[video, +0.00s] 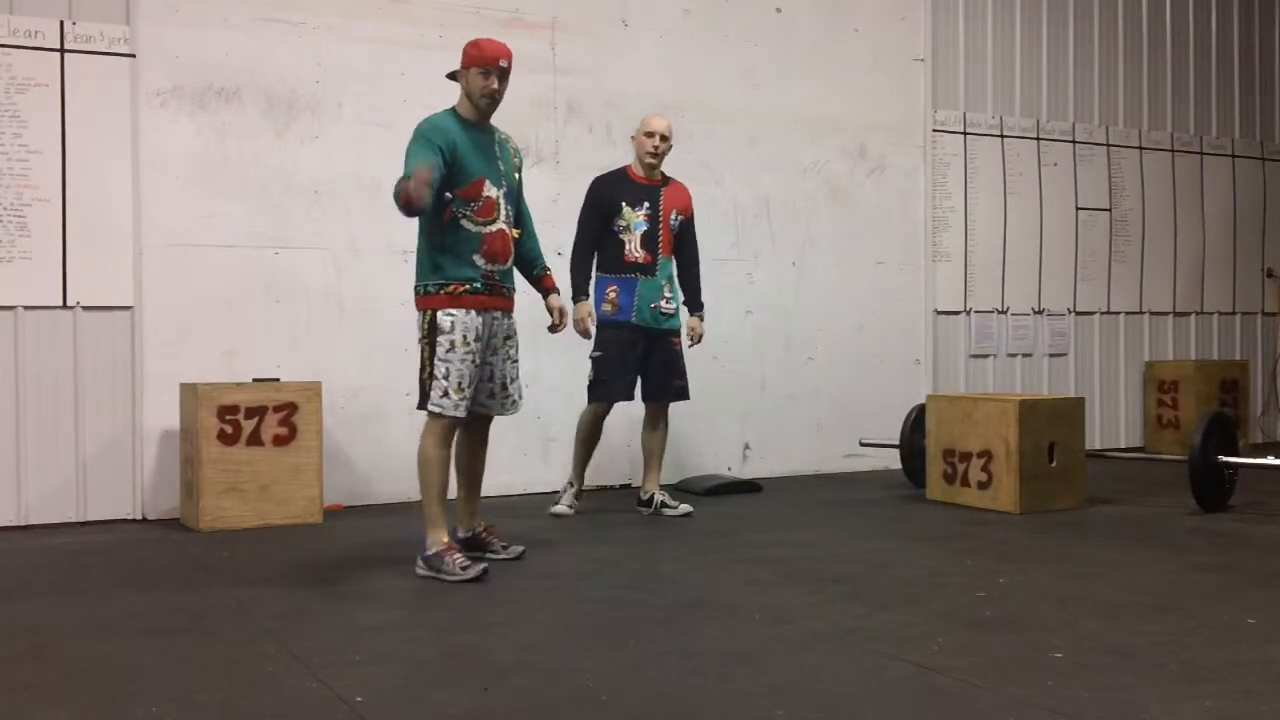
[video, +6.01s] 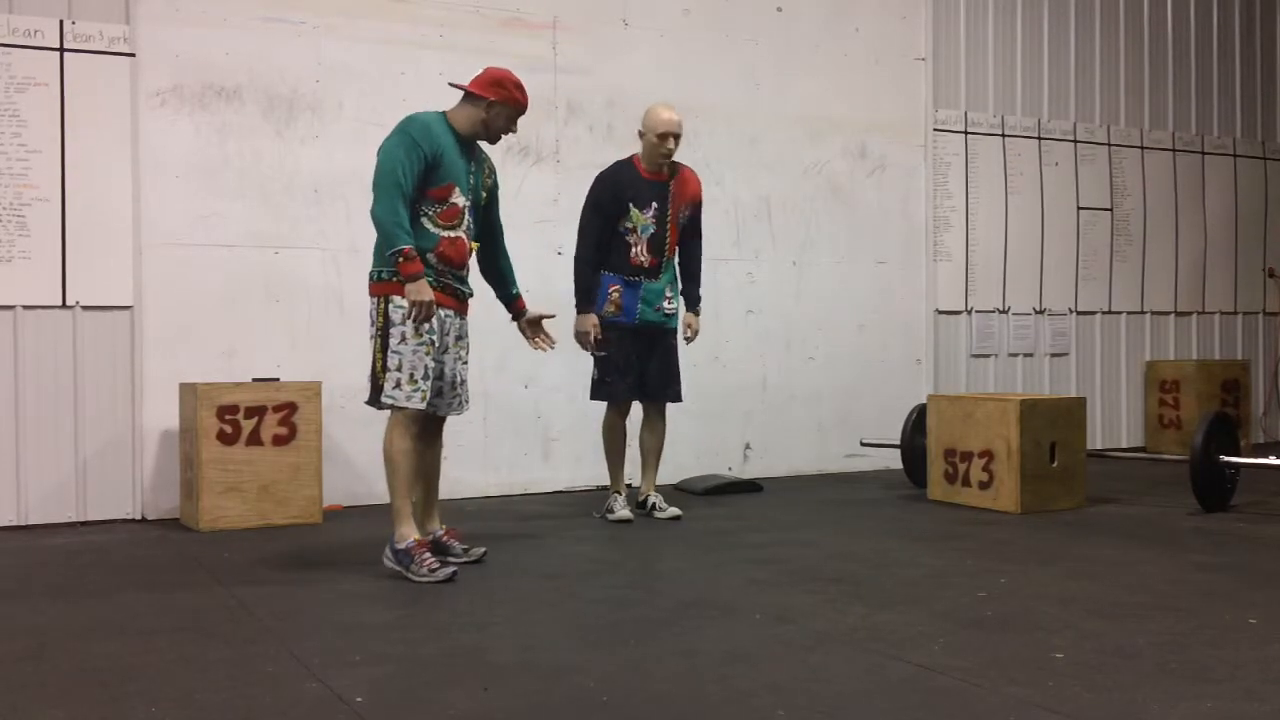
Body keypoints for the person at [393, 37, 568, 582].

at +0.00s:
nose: (491, 83)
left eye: (500, 75)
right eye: (482, 72)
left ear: (507, 83)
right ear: (460, 76)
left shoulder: (506, 148)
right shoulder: (437, 133)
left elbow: (520, 225)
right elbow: (415, 189)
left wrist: (549, 289)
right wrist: (417, 190)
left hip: (497, 300)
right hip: (450, 296)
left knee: (479, 416)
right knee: (443, 416)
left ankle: (470, 529)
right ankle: (436, 545)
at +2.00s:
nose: (503, 101)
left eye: (506, 92)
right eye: (501, 89)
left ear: (479, 83)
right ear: (474, 80)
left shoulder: (480, 144)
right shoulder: (426, 128)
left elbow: (490, 220)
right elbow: (411, 199)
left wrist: (524, 282)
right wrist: (431, 249)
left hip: (476, 300)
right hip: (438, 299)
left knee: (461, 415)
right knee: (437, 416)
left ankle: (451, 532)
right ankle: (433, 547)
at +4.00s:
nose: (469, 102)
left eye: (473, 94)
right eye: (466, 92)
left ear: (449, 84)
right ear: (440, 80)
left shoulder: (447, 130)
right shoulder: (382, 133)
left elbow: (498, 142)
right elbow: (378, 220)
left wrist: (482, 91)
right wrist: (426, 260)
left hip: (450, 297)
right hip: (403, 301)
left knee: (451, 413)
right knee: (400, 419)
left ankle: (430, 531)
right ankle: (398, 549)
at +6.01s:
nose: (511, 131)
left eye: (514, 123)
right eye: (510, 120)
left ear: (491, 108)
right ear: (489, 104)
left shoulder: (482, 168)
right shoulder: (418, 132)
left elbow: (490, 246)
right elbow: (388, 205)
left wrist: (520, 309)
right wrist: (412, 271)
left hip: (450, 303)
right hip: (407, 295)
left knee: (433, 417)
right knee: (408, 413)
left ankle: (430, 530)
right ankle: (403, 540)